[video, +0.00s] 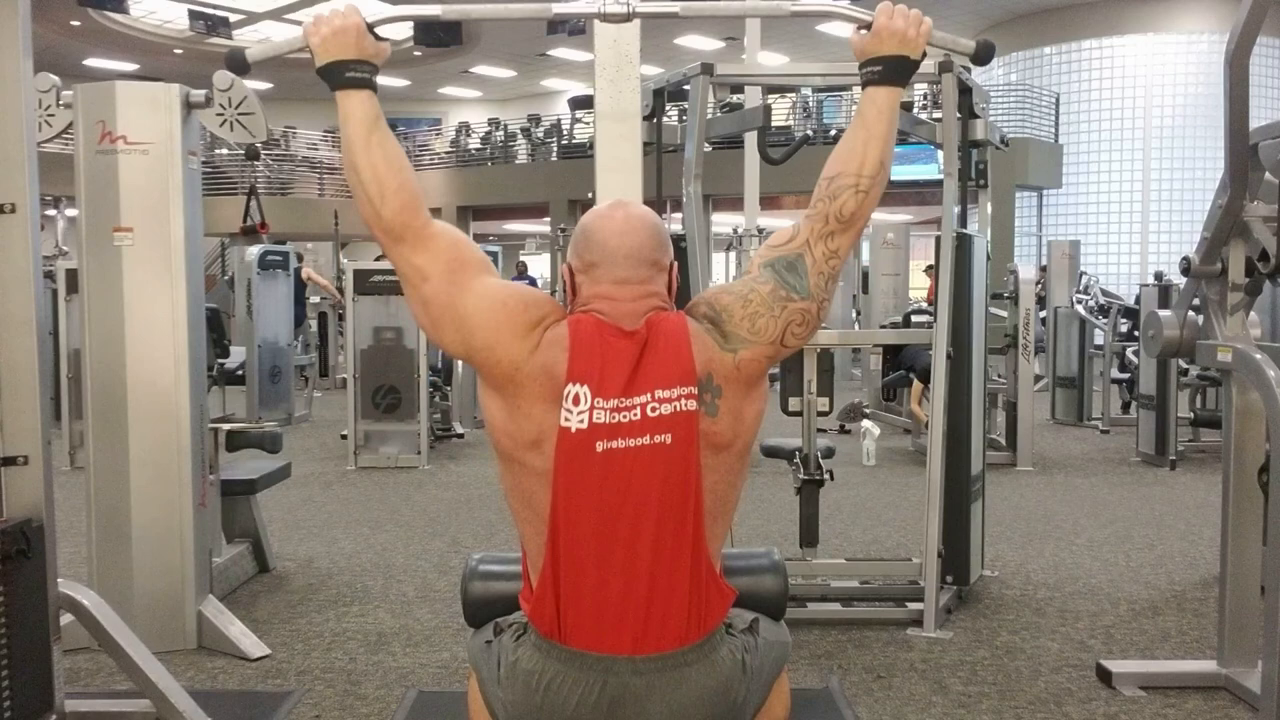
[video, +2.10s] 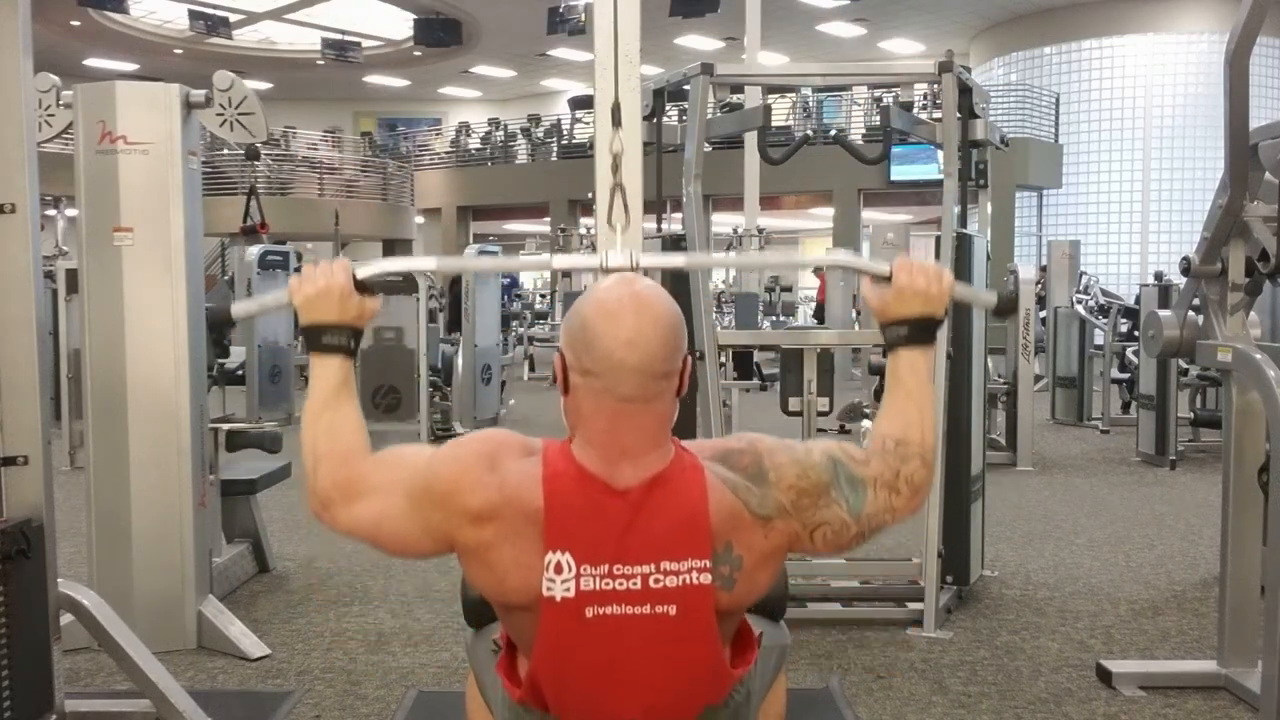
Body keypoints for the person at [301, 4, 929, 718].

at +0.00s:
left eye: (569, 265)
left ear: (570, 283)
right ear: (673, 281)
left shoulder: (514, 340)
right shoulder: (733, 343)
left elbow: (402, 224)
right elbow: (836, 218)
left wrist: (349, 75)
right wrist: (887, 75)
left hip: (554, 680)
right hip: (696, 681)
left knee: (488, 668)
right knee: (767, 645)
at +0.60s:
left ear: (569, 299)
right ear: (676, 300)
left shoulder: (503, 377)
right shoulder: (748, 375)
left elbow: (363, 308)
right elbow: (880, 304)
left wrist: (339, 162)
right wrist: (903, 156)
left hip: (552, 684)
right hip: (703, 683)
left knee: (490, 660)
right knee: (768, 651)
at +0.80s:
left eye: (569, 315)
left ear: (565, 339)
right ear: (679, 342)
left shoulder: (497, 438)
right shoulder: (751, 437)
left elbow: (343, 412)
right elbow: (896, 410)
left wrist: (330, 264)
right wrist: (912, 261)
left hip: (546, 696)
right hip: (702, 694)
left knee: (489, 656)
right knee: (770, 651)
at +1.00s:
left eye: (567, 355)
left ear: (564, 378)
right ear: (686, 378)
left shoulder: (492, 495)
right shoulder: (754, 491)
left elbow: (339, 521)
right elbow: (898, 516)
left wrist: (326, 373)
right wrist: (911, 370)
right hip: (709, 699)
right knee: (770, 644)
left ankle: (484, 708)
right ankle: (784, 710)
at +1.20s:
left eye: (567, 383)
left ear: (566, 407)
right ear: (690, 414)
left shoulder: (487, 534)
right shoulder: (762, 534)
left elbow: (347, 606)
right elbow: (880, 608)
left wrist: (326, 459)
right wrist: (907, 461)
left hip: (532, 705)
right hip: (705, 705)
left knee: (480, 663)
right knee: (767, 637)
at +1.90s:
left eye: (567, 367)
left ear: (564, 389)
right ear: (686, 393)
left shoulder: (486, 508)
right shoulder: (757, 514)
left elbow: (345, 557)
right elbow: (899, 554)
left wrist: (328, 409)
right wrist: (912, 410)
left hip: (536, 706)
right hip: (710, 704)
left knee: (489, 636)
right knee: (769, 627)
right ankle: (779, 704)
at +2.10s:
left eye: (564, 353)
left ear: (561, 375)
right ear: (682, 377)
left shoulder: (488, 482)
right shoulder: (748, 486)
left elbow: (337, 493)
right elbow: (898, 479)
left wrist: (330, 345)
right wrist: (912, 337)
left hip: (545, 701)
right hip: (706, 699)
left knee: (472, 666)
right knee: (774, 646)